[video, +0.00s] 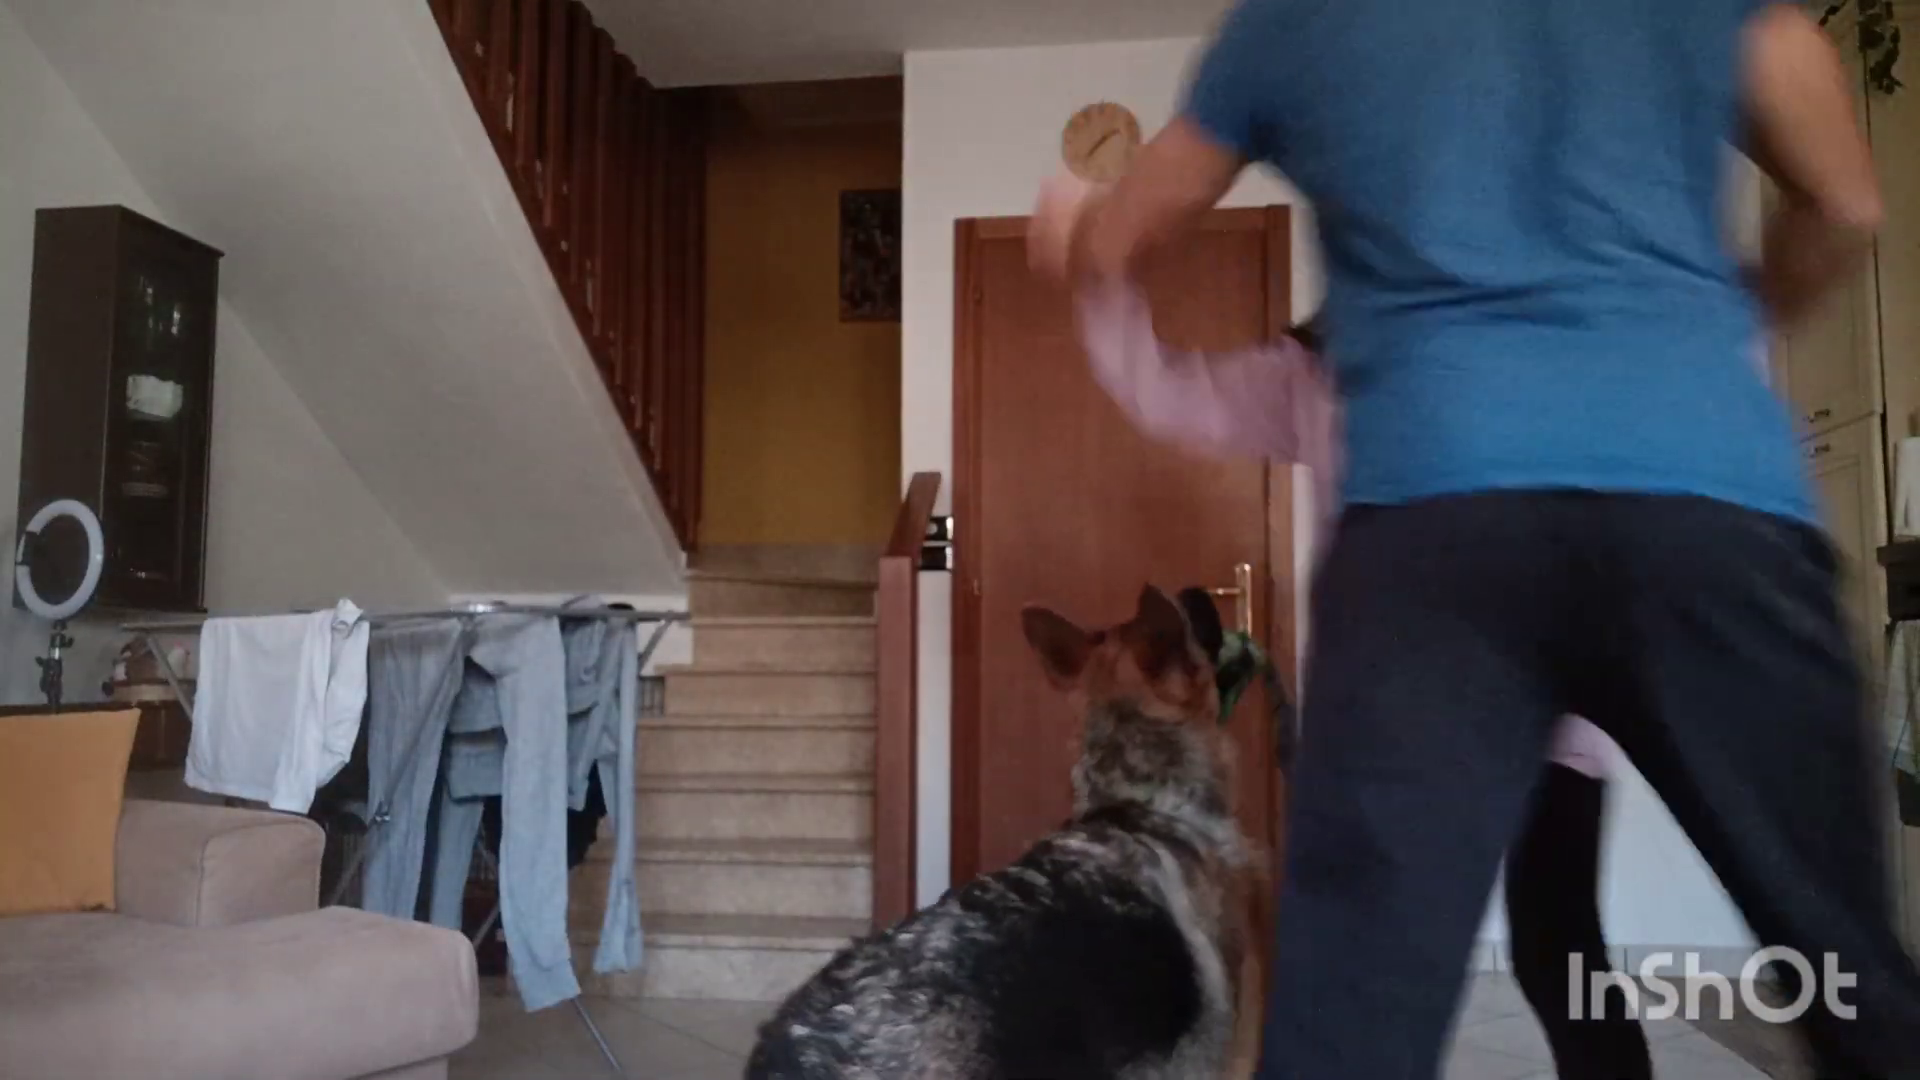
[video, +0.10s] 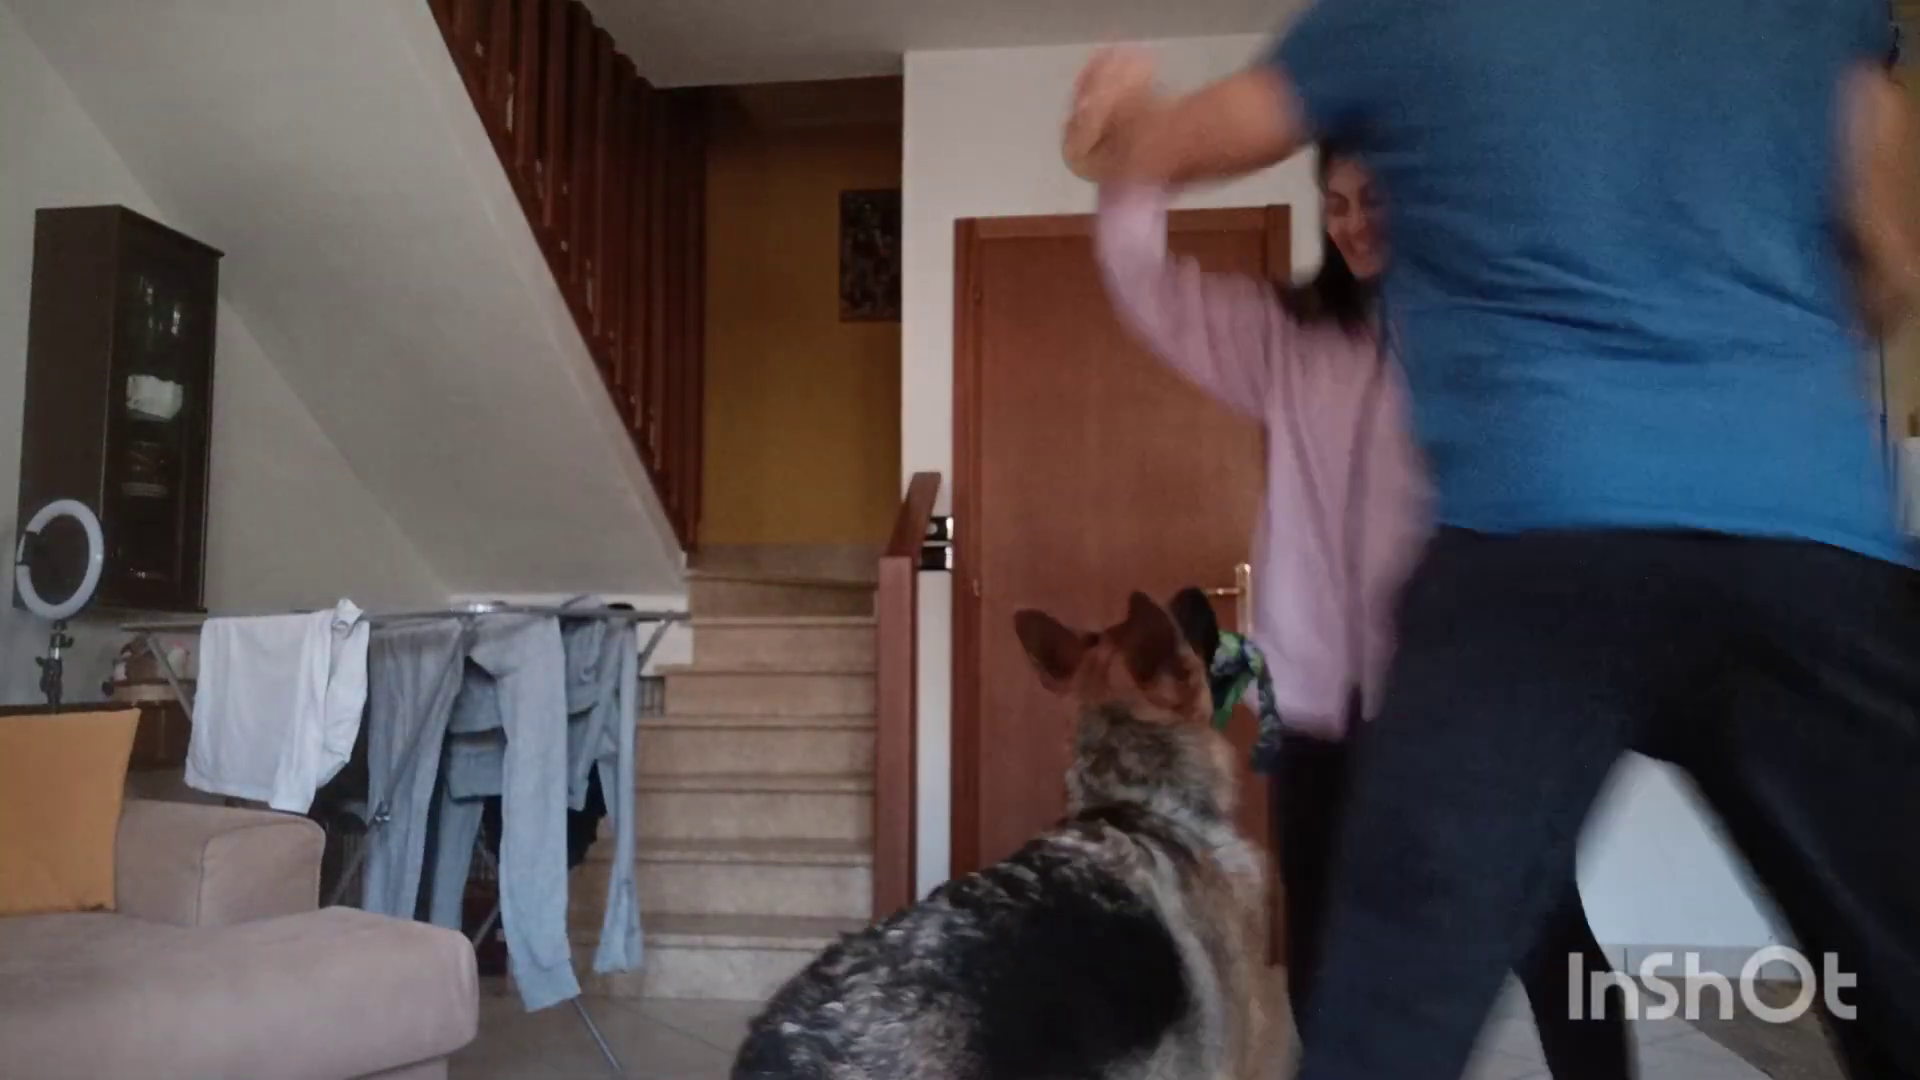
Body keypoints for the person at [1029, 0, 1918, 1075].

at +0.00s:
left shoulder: (1300, 17)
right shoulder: (1707, 4)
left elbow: (1111, 238)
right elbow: (1846, 206)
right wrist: (1732, 315)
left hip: (1437, 523)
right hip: (1718, 521)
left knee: (1352, 1005)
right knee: (1859, 970)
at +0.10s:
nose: (1358, 221)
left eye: (1370, 199)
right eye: (1341, 203)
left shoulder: (1399, 12)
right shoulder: (1822, 12)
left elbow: (1158, 153)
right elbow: (1893, 250)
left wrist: (1117, 111)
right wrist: (1810, 351)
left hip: (1540, 548)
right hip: (1825, 551)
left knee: (1387, 1022)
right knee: (1909, 992)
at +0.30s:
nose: (1328, 211)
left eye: (1348, 187)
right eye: (1313, 192)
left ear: (1394, 187)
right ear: (1295, 200)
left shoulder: (1452, 307)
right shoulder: (1268, 284)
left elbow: (1525, 410)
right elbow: (1204, 197)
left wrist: (1558, 336)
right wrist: (1208, 55)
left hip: (1397, 626)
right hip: (1263, 612)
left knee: (1452, 869)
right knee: (1282, 859)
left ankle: (1400, 1063)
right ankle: (1241, 1058)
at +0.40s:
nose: (1326, 253)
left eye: (1346, 231)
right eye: (1309, 234)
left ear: (1387, 241)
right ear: (1285, 248)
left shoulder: (1431, 372)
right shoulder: (1270, 340)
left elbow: (1545, 400)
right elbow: (1238, 211)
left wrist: (1642, 348)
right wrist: (1256, 46)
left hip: (1373, 697)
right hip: (1257, 682)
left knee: (1399, 924)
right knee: (1301, 917)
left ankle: (1340, 1071)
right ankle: (1228, 1065)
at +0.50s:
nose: (1323, 273)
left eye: (1341, 256)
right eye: (1306, 255)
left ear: (1370, 272)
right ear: (1278, 267)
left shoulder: (1383, 400)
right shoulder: (1252, 366)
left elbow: (1471, 429)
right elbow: (1257, 232)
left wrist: (1564, 400)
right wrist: (1292, 51)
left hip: (1345, 716)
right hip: (1254, 708)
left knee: (1373, 952)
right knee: (1309, 943)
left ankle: (1333, 1073)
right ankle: (1225, 1069)